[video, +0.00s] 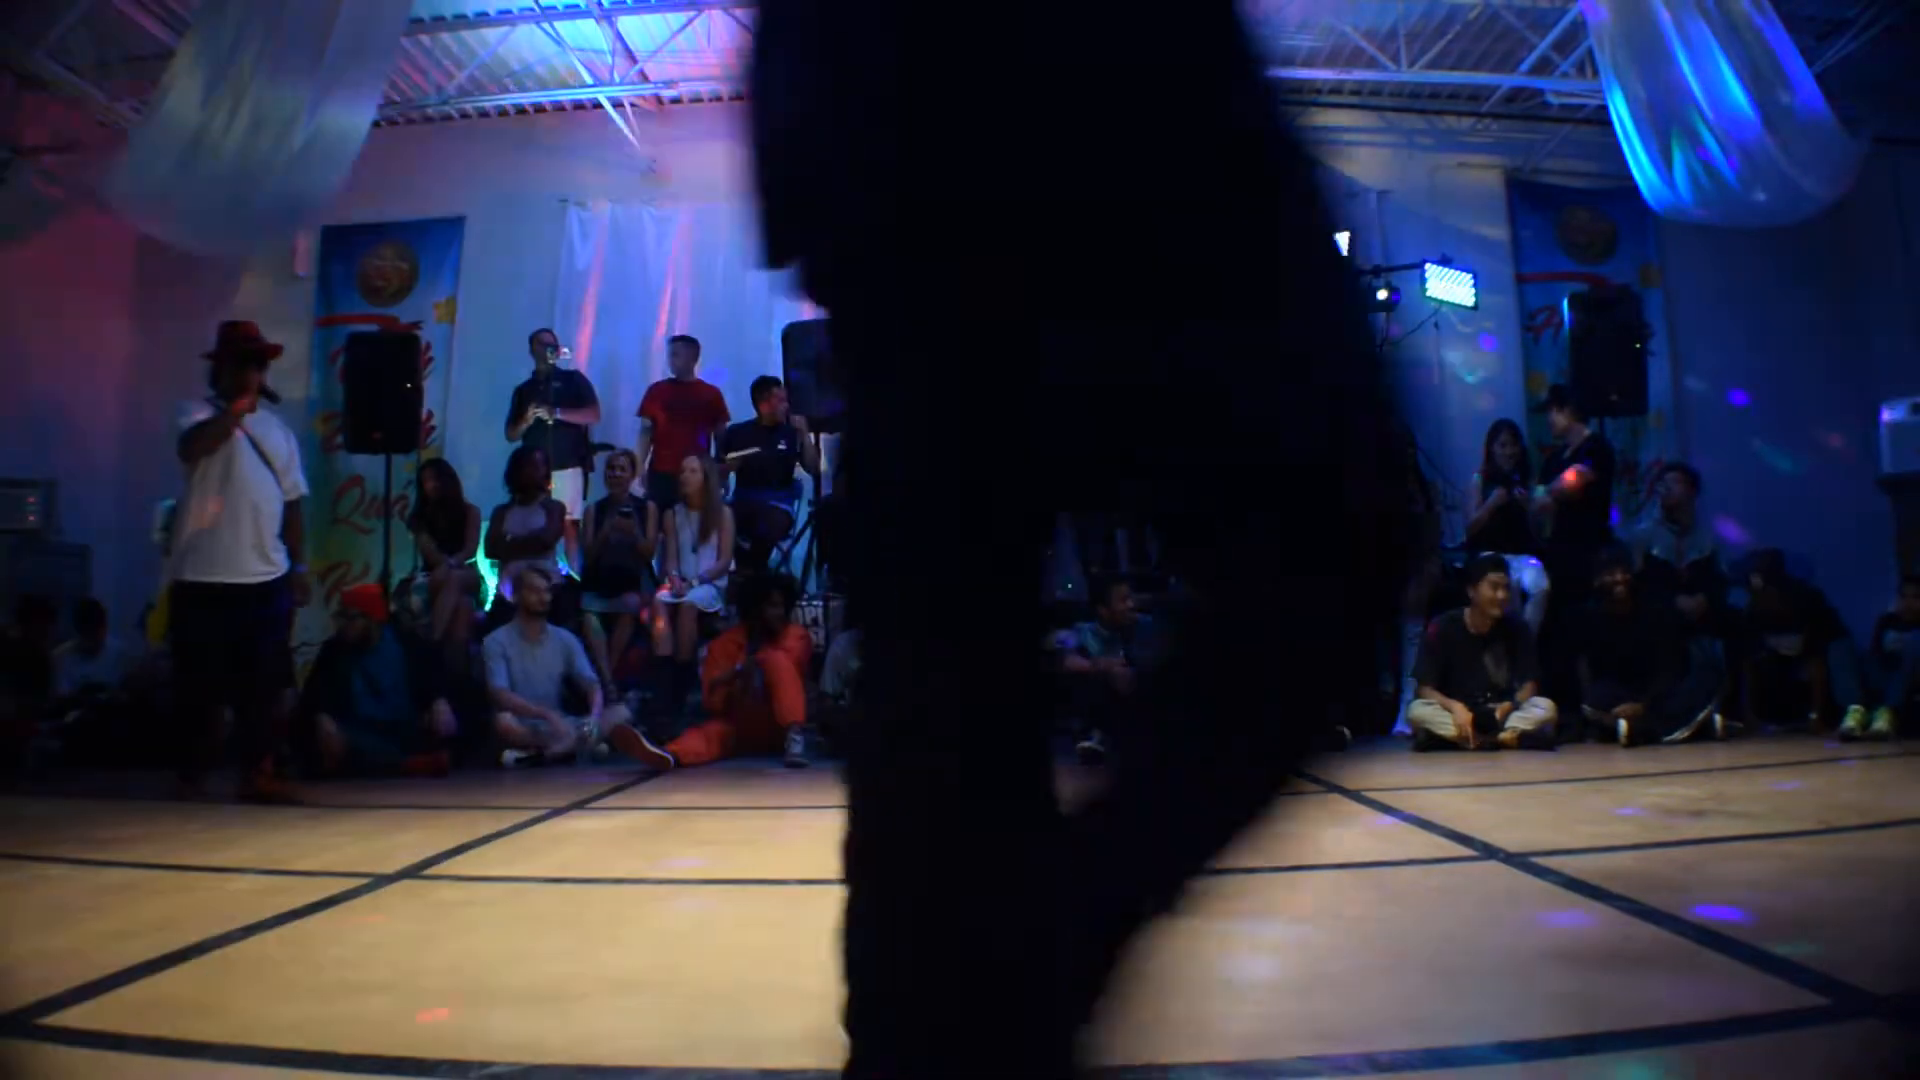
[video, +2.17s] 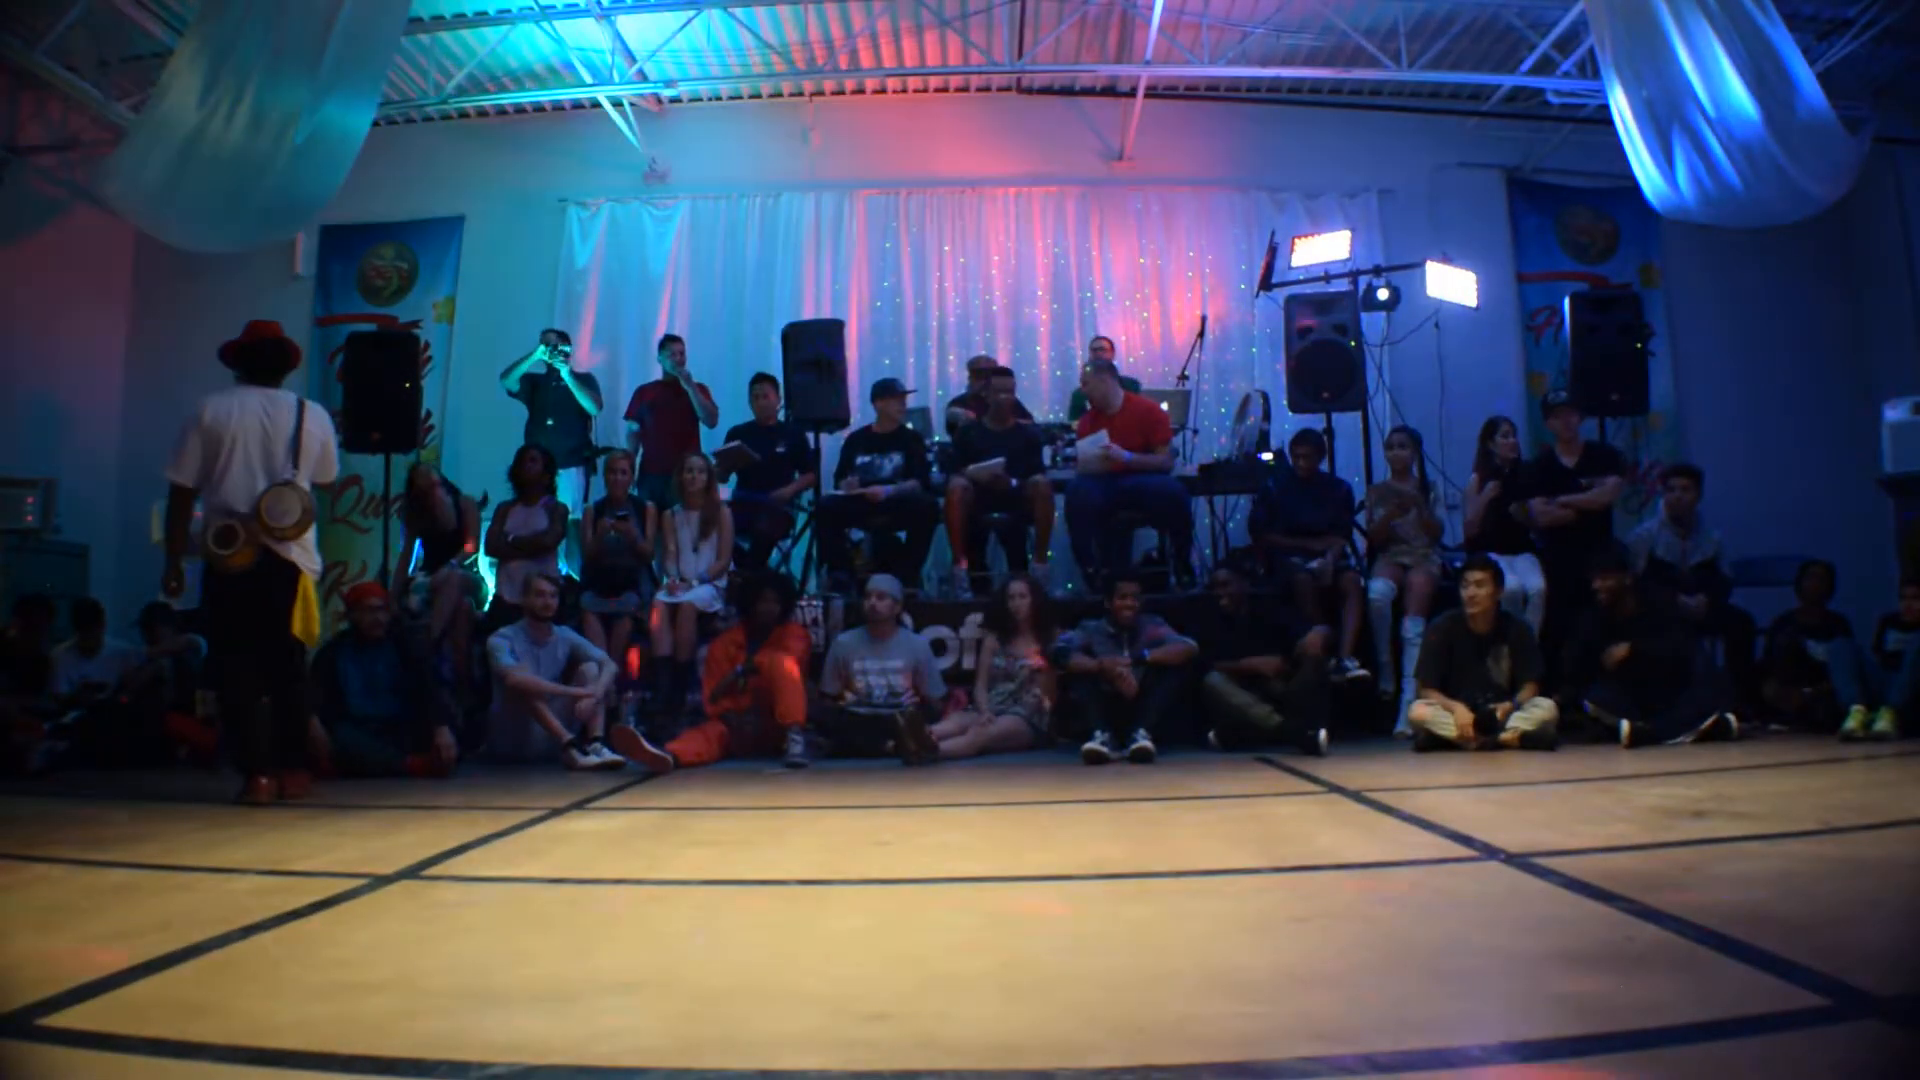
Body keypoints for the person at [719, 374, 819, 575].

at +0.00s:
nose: (786, 406)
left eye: (785, 400)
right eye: (780, 400)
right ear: (762, 404)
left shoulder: (791, 433)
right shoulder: (736, 433)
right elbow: (721, 471)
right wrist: (732, 465)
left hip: (779, 499)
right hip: (745, 498)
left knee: (770, 529)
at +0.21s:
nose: (788, 405)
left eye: (787, 399)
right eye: (782, 400)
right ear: (764, 405)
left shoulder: (792, 433)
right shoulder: (738, 432)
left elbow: (811, 477)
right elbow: (720, 473)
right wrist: (734, 464)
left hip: (778, 500)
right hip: (745, 499)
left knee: (766, 532)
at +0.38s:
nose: (791, 404)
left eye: (790, 398)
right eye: (784, 398)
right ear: (767, 403)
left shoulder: (793, 434)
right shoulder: (739, 431)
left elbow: (809, 474)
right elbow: (720, 471)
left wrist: (798, 477)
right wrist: (732, 464)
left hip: (779, 500)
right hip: (745, 499)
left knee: (764, 532)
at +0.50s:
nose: (790, 403)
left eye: (790, 396)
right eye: (783, 396)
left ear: (791, 398)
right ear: (766, 401)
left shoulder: (794, 432)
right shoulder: (740, 431)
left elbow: (809, 475)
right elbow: (717, 469)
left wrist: (799, 479)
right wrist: (734, 461)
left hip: (784, 505)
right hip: (746, 504)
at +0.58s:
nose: (791, 402)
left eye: (790, 396)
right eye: (785, 396)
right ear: (767, 402)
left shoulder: (795, 432)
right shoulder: (741, 431)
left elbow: (809, 474)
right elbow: (717, 468)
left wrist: (799, 480)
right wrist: (737, 460)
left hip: (783, 503)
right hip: (746, 502)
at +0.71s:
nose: (790, 402)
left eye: (790, 396)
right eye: (784, 397)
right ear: (767, 402)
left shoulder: (795, 432)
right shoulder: (741, 431)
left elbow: (810, 474)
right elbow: (721, 469)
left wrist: (792, 485)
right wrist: (737, 462)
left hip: (779, 498)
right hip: (746, 495)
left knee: (765, 530)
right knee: (727, 523)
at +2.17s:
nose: (760, 402)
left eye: (765, 396)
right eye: (755, 397)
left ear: (778, 400)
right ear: (750, 402)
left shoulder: (792, 433)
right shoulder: (737, 433)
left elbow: (810, 474)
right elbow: (721, 477)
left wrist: (787, 492)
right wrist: (728, 461)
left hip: (777, 500)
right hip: (744, 500)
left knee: (767, 531)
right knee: (720, 525)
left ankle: (752, 573)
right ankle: (745, 564)